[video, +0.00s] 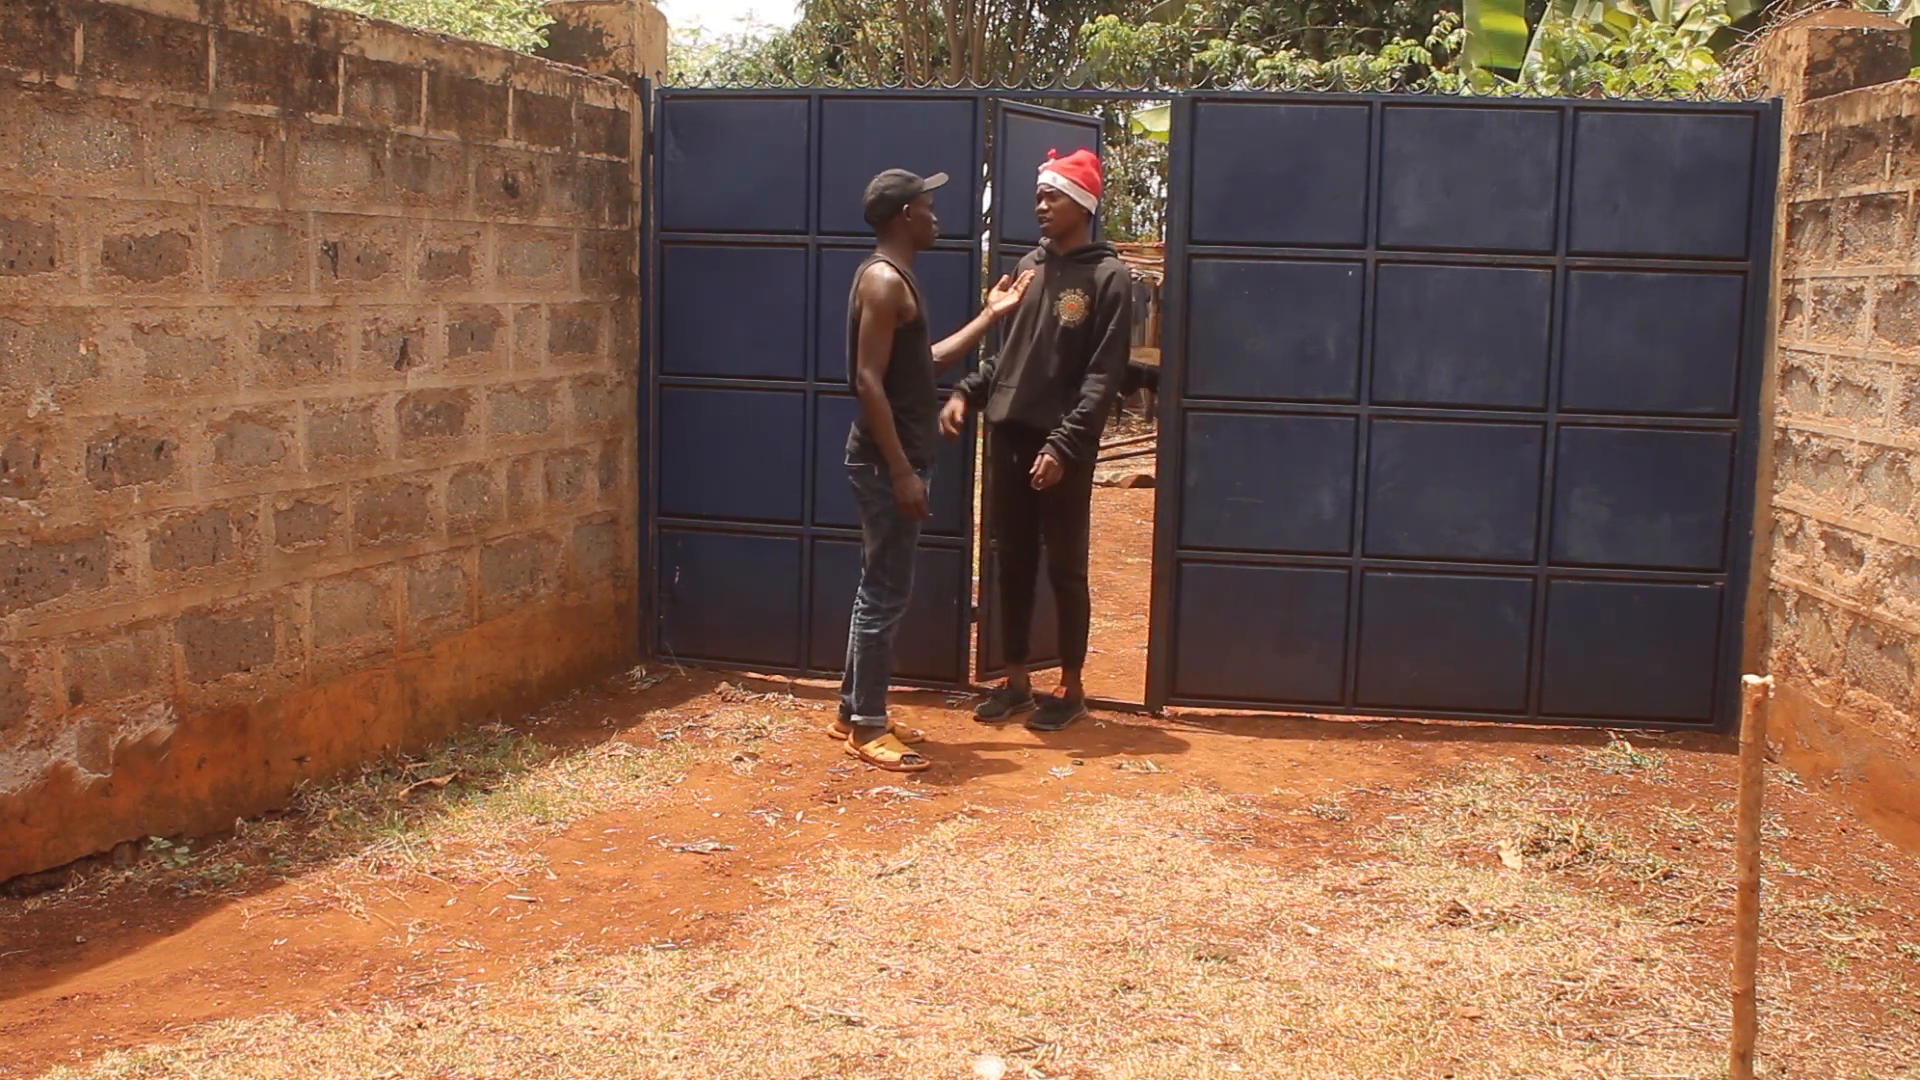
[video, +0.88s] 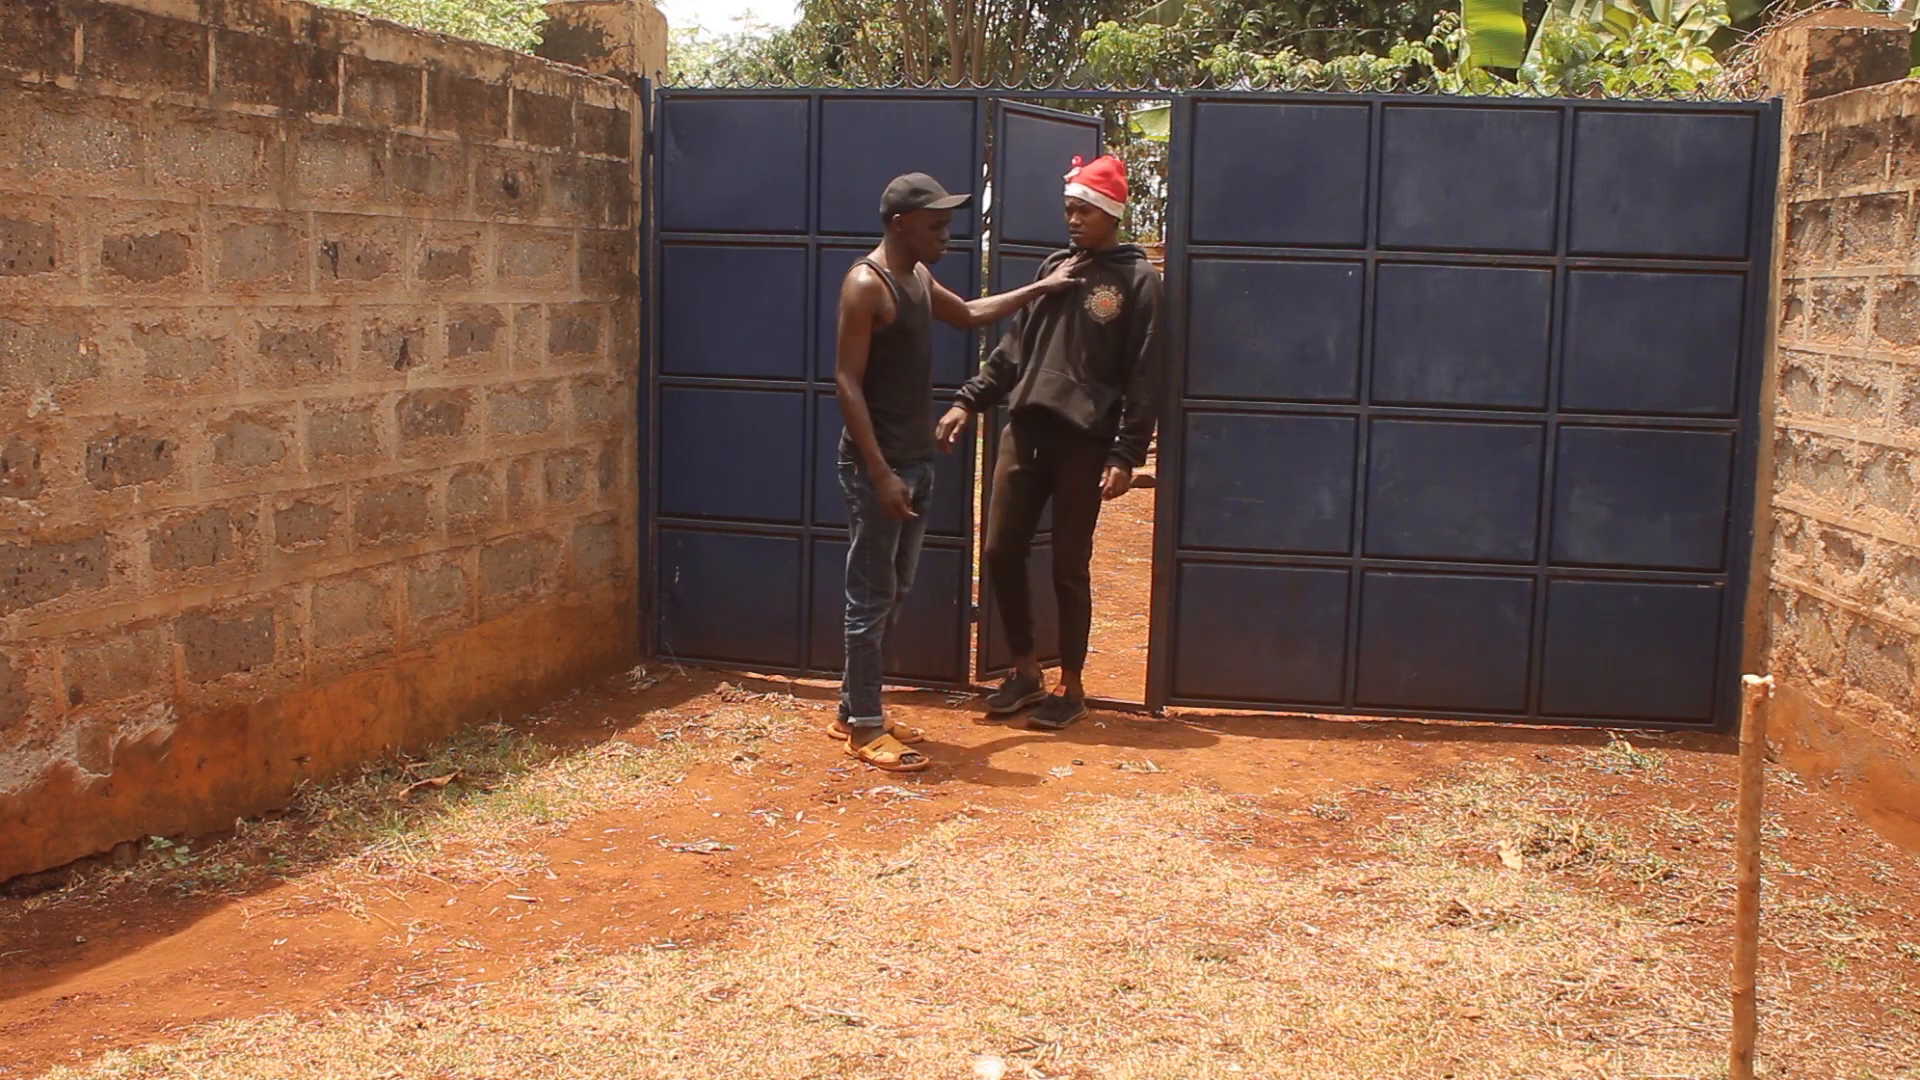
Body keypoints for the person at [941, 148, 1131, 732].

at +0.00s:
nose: (1042, 206)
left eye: (1054, 197)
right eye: (1040, 196)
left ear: (1086, 205)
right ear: (1039, 201)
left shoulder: (1113, 278)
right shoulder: (1027, 268)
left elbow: (1104, 377)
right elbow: (1001, 352)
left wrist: (1063, 445)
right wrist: (963, 392)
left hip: (1065, 442)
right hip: (1008, 435)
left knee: (1065, 567)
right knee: (1011, 560)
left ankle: (1070, 689)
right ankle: (1014, 681)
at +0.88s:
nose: (1072, 216)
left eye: (1084, 208)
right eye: (1069, 206)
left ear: (1114, 212)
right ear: (1068, 210)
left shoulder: (1139, 277)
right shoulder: (1054, 267)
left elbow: (1145, 372)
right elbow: (1012, 345)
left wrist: (1124, 453)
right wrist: (967, 402)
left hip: (1085, 435)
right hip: (1025, 427)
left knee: (1069, 564)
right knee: (999, 552)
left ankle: (1071, 688)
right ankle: (1024, 674)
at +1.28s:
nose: (1101, 217)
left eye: (1113, 211)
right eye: (1098, 208)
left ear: (1139, 221)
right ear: (1092, 214)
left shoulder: (1150, 279)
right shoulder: (1073, 267)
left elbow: (1190, 367)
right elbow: (1022, 331)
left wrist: (1205, 452)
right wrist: (976, 387)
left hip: (1116, 434)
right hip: (1059, 424)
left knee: (1087, 557)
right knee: (1008, 525)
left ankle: (1072, 692)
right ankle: (1065, 605)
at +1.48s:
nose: (1098, 221)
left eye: (1111, 215)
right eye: (1096, 212)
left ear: (1138, 226)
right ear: (1092, 219)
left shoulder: (1145, 281)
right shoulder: (1084, 268)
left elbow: (1186, 364)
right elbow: (1040, 332)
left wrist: (1195, 452)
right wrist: (990, 386)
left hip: (1121, 438)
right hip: (1073, 432)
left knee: (1080, 557)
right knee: (1051, 556)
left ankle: (1070, 693)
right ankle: (1109, 657)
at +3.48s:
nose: (1088, 223)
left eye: (1102, 216)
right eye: (1086, 212)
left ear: (1128, 230)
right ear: (1079, 218)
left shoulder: (1148, 291)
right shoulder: (1062, 269)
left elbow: (1181, 376)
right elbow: (1036, 341)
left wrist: (1172, 455)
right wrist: (997, 395)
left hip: (1110, 451)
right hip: (1054, 444)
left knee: (1081, 569)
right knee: (1043, 565)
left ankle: (1074, 693)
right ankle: (1099, 648)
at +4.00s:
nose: (1093, 208)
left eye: (1105, 199)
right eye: (1088, 198)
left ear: (1133, 207)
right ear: (1082, 204)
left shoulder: (1157, 280)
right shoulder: (1058, 256)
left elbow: (1168, 374)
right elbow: (1007, 305)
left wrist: (1166, 456)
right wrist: (1005, 318)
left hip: (1100, 441)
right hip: (1036, 430)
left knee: (1085, 565)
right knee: (1008, 555)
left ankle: (1076, 688)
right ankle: (1021, 671)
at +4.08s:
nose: (1088, 209)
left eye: (1099, 199)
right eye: (1082, 200)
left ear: (1128, 204)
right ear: (1075, 205)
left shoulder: (1153, 277)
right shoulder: (1051, 258)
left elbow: (1166, 370)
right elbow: (993, 313)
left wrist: (1166, 454)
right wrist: (1004, 259)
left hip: (1099, 440)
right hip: (1034, 431)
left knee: (1086, 567)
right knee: (1015, 559)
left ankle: (1076, 688)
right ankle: (1001, 685)